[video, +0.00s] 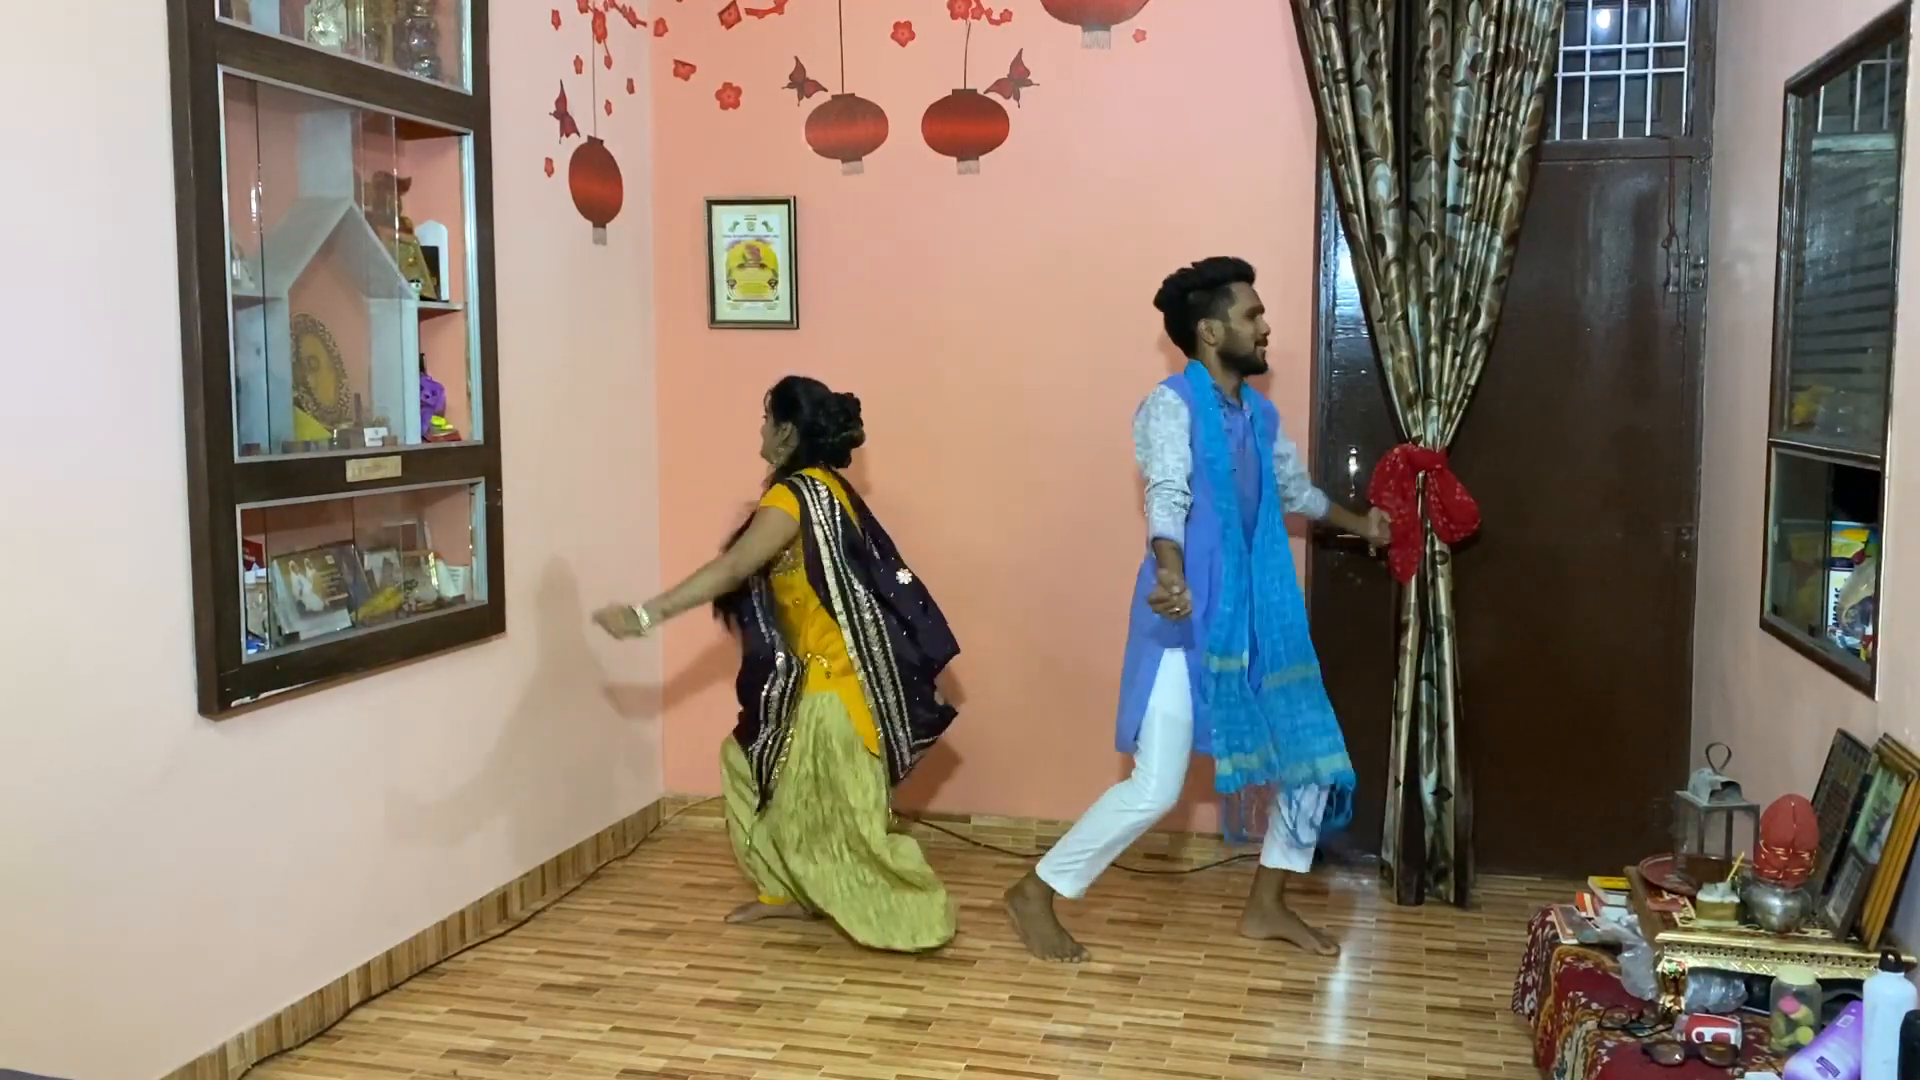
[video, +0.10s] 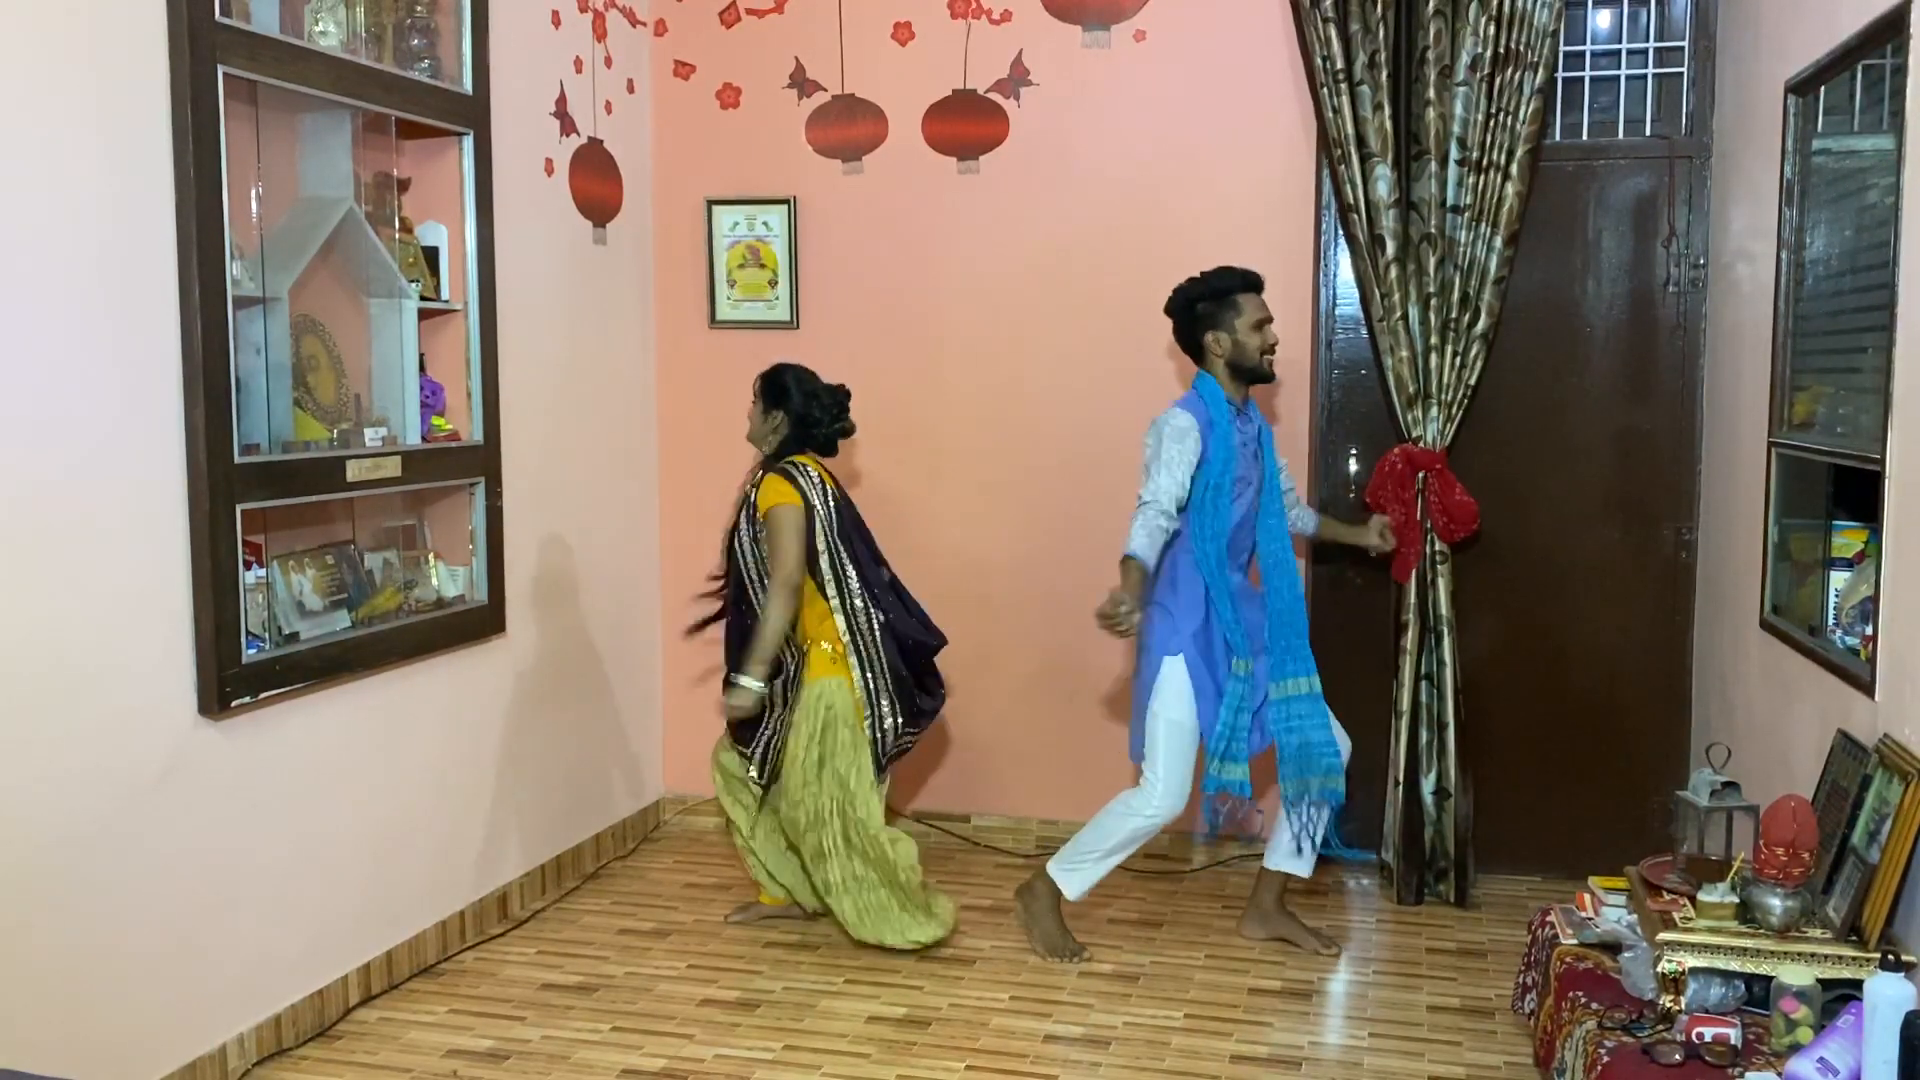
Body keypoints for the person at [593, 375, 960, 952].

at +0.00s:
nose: (760, 429)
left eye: (768, 420)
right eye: (765, 419)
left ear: (792, 431)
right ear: (806, 432)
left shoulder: (792, 496)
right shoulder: (828, 488)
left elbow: (731, 570)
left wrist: (644, 614)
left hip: (834, 679)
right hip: (835, 671)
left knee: (834, 806)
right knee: (743, 758)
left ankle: (921, 911)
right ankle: (787, 891)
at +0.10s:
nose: (747, 416)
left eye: (754, 406)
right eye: (752, 405)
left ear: (775, 416)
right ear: (797, 418)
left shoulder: (781, 482)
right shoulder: (809, 475)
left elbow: (786, 587)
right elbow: (800, 586)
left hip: (827, 673)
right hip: (830, 665)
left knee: (817, 798)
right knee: (736, 763)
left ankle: (904, 914)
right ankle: (788, 889)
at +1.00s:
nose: (857, 314)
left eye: (856, 306)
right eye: (843, 306)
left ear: (851, 320)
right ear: (820, 321)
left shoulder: (881, 378)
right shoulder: (823, 378)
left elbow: (888, 313)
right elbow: (847, 306)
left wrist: (910, 236)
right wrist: (833, 201)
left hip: (886, 580)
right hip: (826, 573)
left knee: (909, 733)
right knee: (785, 723)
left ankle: (939, 874)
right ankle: (744, 871)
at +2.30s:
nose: (894, 378)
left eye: (894, 368)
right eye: (881, 368)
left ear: (884, 378)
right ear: (842, 379)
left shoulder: (912, 444)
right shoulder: (799, 459)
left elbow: (935, 535)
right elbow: (775, 563)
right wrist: (757, 631)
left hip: (912, 632)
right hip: (825, 632)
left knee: (953, 768)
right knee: (827, 772)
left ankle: (958, 896)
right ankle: (804, 908)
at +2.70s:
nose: (888, 369)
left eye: (886, 359)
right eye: (881, 361)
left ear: (834, 370)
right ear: (852, 368)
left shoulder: (817, 433)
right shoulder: (878, 414)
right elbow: (965, 463)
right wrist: (1012, 385)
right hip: (893, 614)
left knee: (952, 745)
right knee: (866, 752)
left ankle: (953, 889)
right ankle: (791, 900)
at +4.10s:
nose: (883, 361)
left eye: (875, 351)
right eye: (869, 356)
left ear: (853, 381)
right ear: (842, 381)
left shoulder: (890, 442)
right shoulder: (838, 459)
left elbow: (940, 493)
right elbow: (924, 525)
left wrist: (1003, 477)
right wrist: (1015, 521)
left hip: (876, 630)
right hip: (812, 631)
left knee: (916, 757)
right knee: (791, 770)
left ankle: (898, 904)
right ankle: (737, 908)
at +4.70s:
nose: (924, 371)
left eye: (933, 361)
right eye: (913, 360)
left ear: (945, 354)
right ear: (887, 348)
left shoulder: (956, 405)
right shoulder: (875, 392)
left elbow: (920, 450)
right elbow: (818, 335)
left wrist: (846, 423)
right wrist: (842, 331)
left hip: (926, 592)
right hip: (872, 592)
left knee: (953, 737)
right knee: (886, 737)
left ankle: (983, 883)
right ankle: (916, 866)